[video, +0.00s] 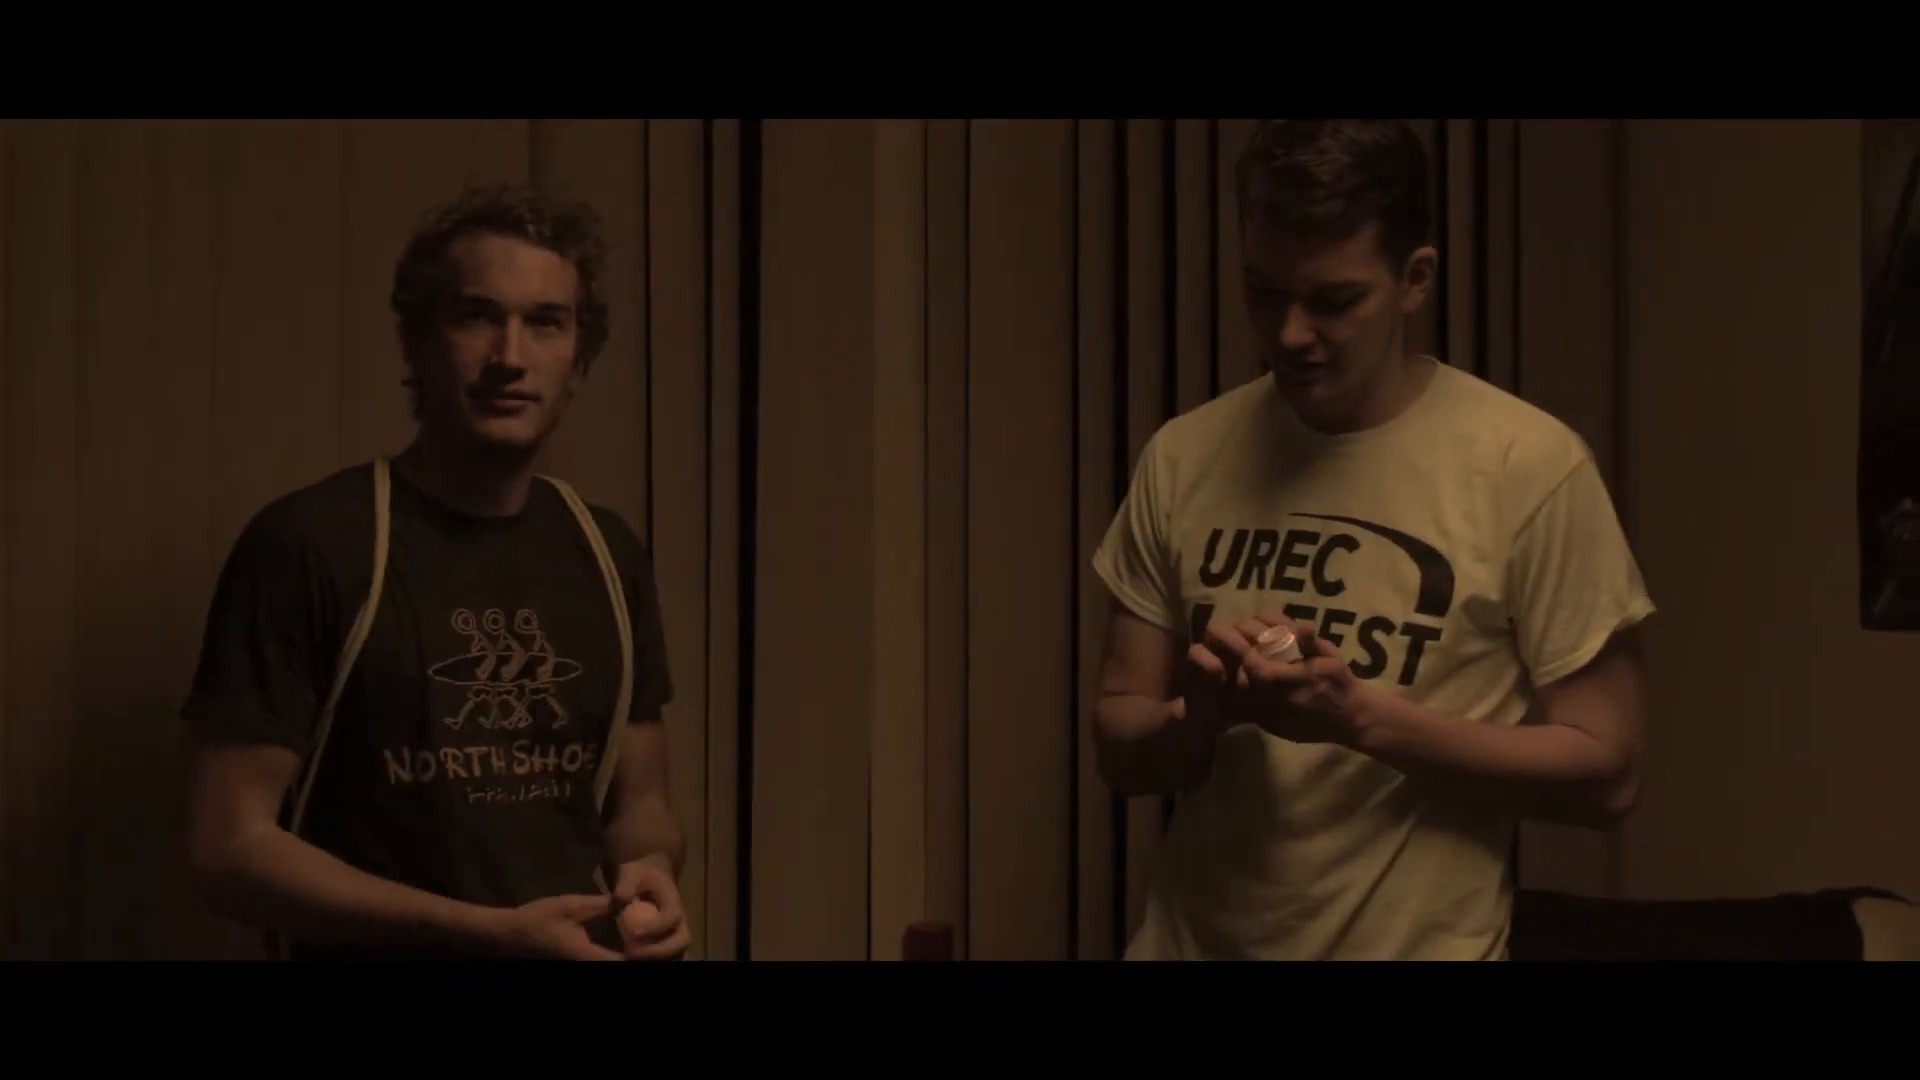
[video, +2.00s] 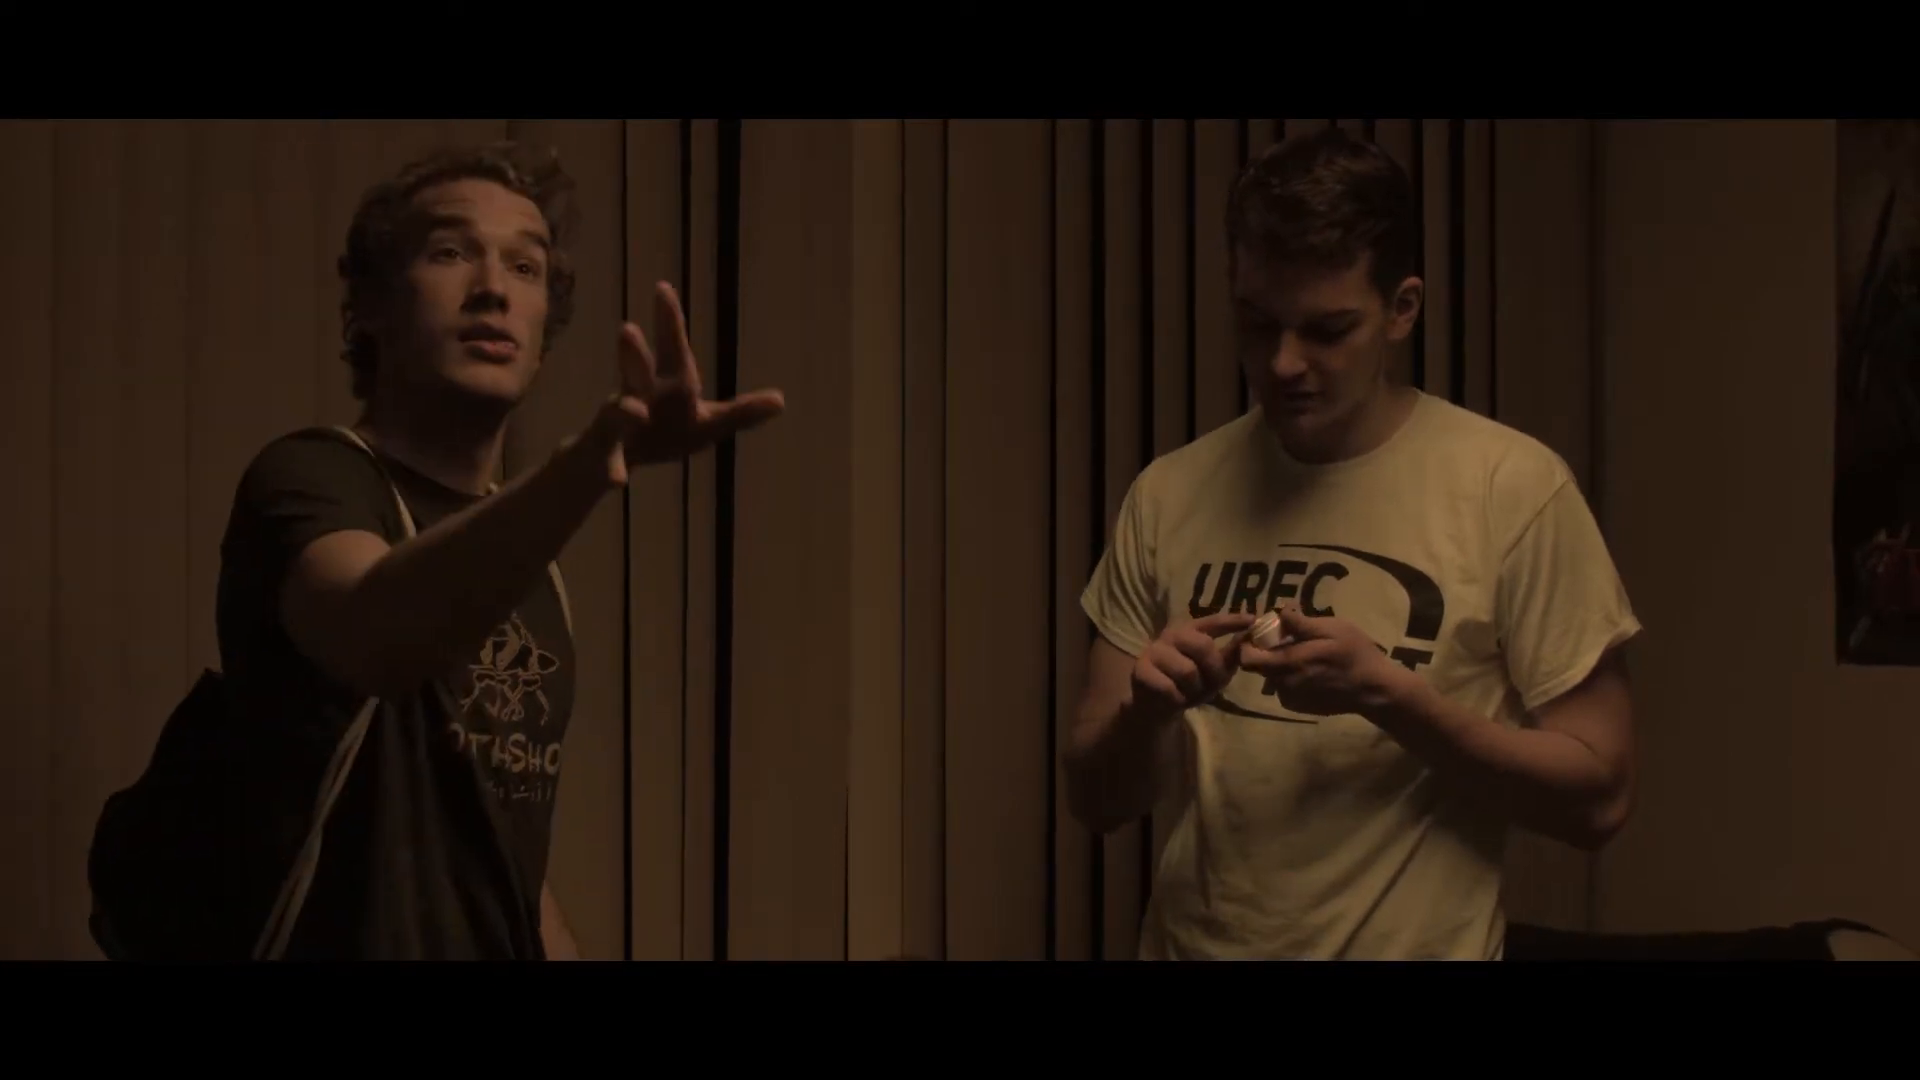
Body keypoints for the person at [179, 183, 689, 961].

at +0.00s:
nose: (510, 356)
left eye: (544, 322)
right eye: (476, 317)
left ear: (581, 355)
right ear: (414, 342)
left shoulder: (607, 552)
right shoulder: (306, 548)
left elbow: (638, 793)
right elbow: (229, 844)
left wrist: (648, 873)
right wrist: (497, 931)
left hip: (583, 950)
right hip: (376, 955)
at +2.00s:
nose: (495, 284)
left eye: (524, 265)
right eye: (451, 252)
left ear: (547, 322)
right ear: (367, 306)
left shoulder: (532, 562)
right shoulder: (309, 476)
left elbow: (504, 848)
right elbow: (369, 635)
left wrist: (555, 943)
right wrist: (588, 464)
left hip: (477, 940)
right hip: (315, 931)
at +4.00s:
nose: (446, 402)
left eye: (480, 364)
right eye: (413, 366)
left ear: (532, 381)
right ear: (369, 382)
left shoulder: (573, 578)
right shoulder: (265, 577)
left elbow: (580, 850)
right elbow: (159, 863)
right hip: (317, 945)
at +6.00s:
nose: (414, 355)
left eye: (443, 329)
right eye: (373, 339)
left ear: (491, 383)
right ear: (330, 414)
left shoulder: (616, 584)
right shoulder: (252, 601)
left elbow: (700, 870)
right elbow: (151, 874)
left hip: (545, 956)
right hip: (326, 961)